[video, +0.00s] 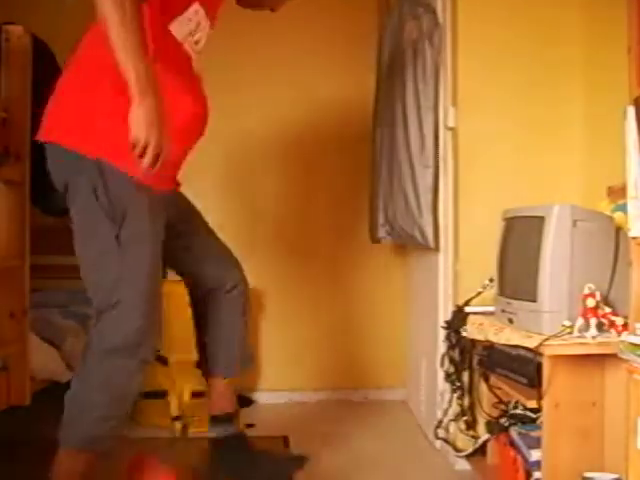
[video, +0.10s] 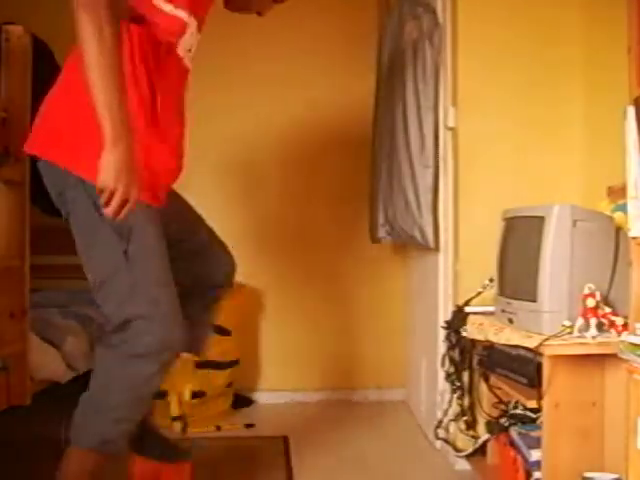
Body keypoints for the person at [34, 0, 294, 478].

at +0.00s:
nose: (274, 7)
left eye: (276, 5)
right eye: (274, 2)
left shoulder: (199, 10)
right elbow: (113, 2)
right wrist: (144, 94)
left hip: (143, 161)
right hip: (102, 146)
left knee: (222, 280)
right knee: (126, 326)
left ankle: (226, 438)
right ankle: (68, 470)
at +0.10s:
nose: (263, 14)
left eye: (269, 8)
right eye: (269, 5)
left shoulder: (185, 12)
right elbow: (91, 6)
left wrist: (137, 150)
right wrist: (117, 142)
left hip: (126, 161)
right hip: (88, 154)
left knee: (208, 268)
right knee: (149, 328)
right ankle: (79, 466)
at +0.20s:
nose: (249, 5)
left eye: (250, 5)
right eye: (249, 2)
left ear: (232, 1)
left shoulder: (186, 12)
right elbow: (69, 6)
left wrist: (157, 155)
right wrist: (97, 133)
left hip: (121, 160)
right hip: (88, 156)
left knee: (184, 279)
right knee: (159, 324)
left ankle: (48, 338)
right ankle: (82, 464)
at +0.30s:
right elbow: (102, 6)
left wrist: (158, 106)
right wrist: (132, 116)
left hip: (106, 131)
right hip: (84, 126)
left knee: (178, 260)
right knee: (144, 285)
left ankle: (48, 323)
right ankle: (86, 452)